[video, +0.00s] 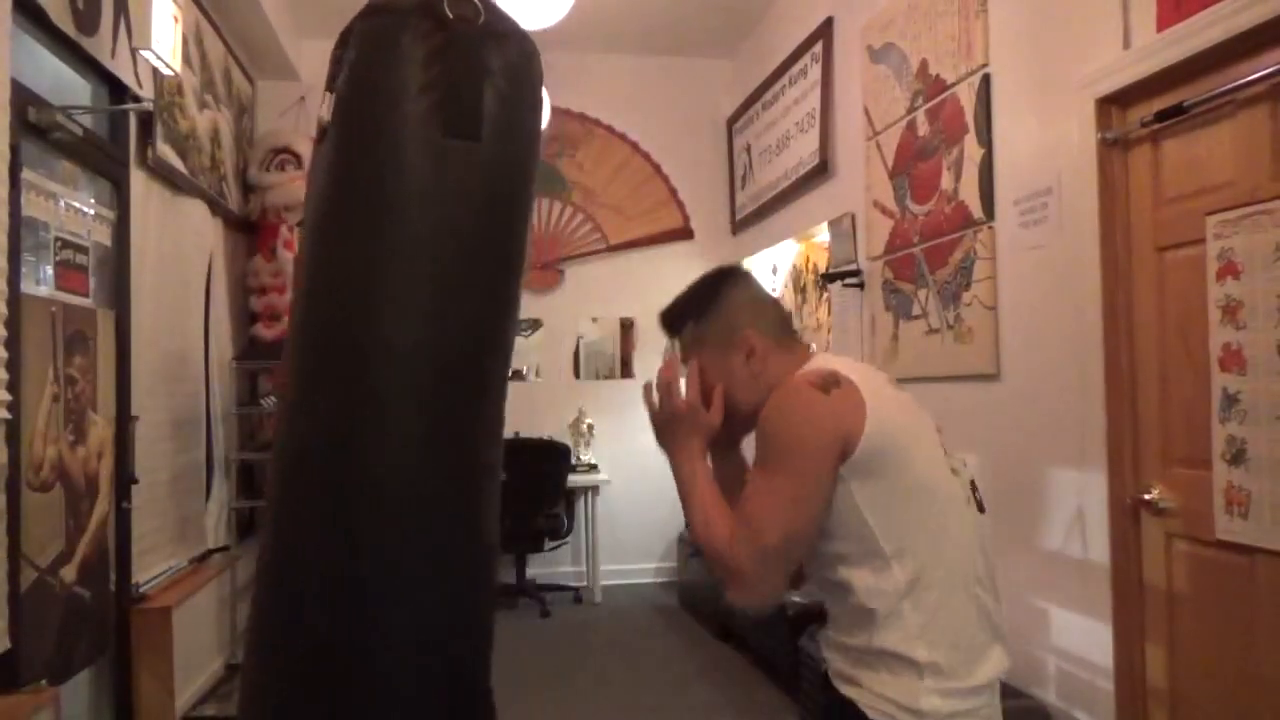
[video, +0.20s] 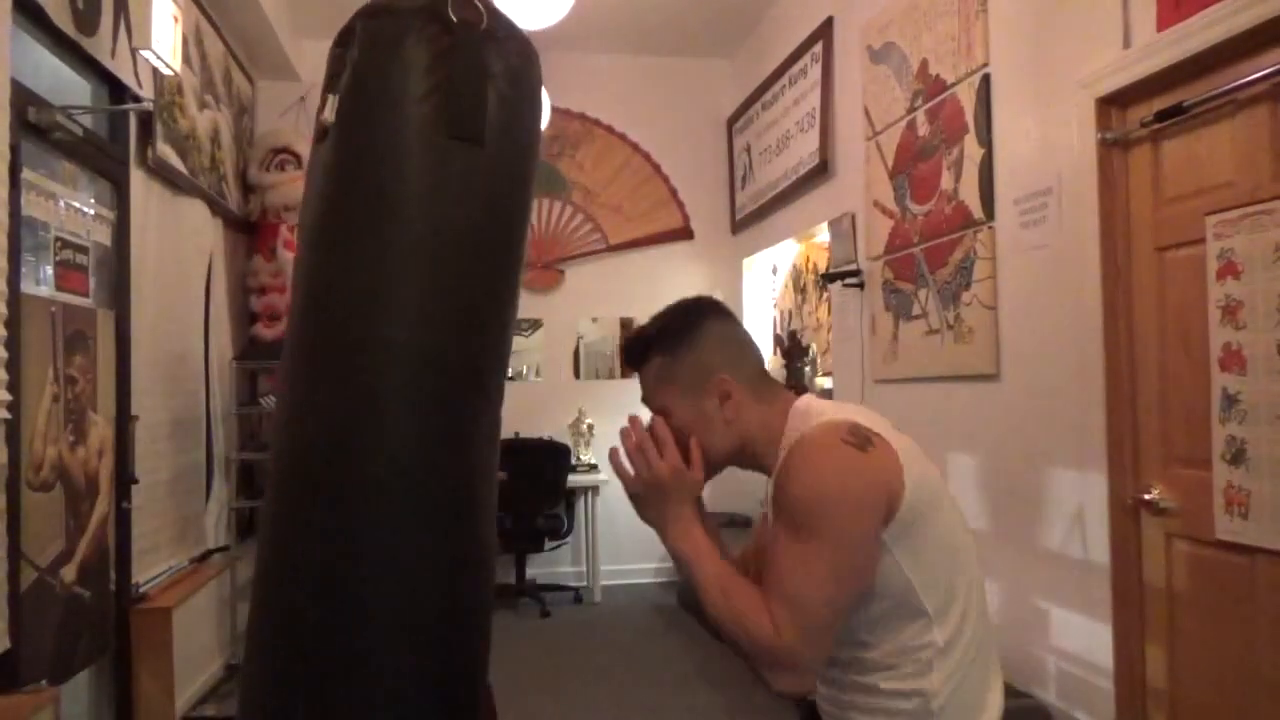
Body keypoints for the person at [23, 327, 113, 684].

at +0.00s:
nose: (69, 391)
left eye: (75, 381)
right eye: (64, 383)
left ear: (91, 385)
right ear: (60, 389)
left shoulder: (105, 431)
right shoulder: (62, 437)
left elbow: (105, 501)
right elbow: (38, 481)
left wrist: (76, 562)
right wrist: (46, 401)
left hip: (104, 551)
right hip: (74, 550)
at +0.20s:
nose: (69, 391)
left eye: (75, 381)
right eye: (64, 383)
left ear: (90, 383)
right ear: (60, 388)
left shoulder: (105, 431)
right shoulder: (63, 436)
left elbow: (105, 501)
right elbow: (38, 480)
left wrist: (76, 562)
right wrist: (46, 401)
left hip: (104, 550)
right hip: (75, 549)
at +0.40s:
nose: (69, 391)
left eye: (74, 382)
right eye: (63, 383)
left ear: (90, 384)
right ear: (60, 390)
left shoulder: (104, 431)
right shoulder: (62, 435)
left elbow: (104, 502)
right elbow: (39, 480)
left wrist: (76, 563)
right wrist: (45, 401)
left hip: (104, 549)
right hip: (75, 547)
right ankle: (55, 687)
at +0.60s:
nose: (69, 391)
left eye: (75, 382)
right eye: (64, 383)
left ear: (91, 385)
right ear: (60, 389)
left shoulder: (104, 431)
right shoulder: (63, 437)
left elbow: (104, 502)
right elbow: (38, 480)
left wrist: (76, 562)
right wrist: (47, 399)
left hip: (104, 548)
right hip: (75, 548)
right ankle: (58, 687)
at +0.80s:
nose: (70, 391)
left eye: (76, 382)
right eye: (64, 383)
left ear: (91, 385)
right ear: (61, 389)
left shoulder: (104, 431)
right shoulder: (63, 437)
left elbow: (104, 502)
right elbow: (38, 480)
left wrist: (76, 563)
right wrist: (46, 401)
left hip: (104, 548)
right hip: (76, 548)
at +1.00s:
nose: (70, 391)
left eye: (76, 381)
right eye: (64, 383)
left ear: (91, 385)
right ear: (60, 389)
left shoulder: (104, 431)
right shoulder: (63, 438)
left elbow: (105, 501)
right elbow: (38, 480)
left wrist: (76, 563)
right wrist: (47, 400)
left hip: (106, 548)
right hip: (76, 549)